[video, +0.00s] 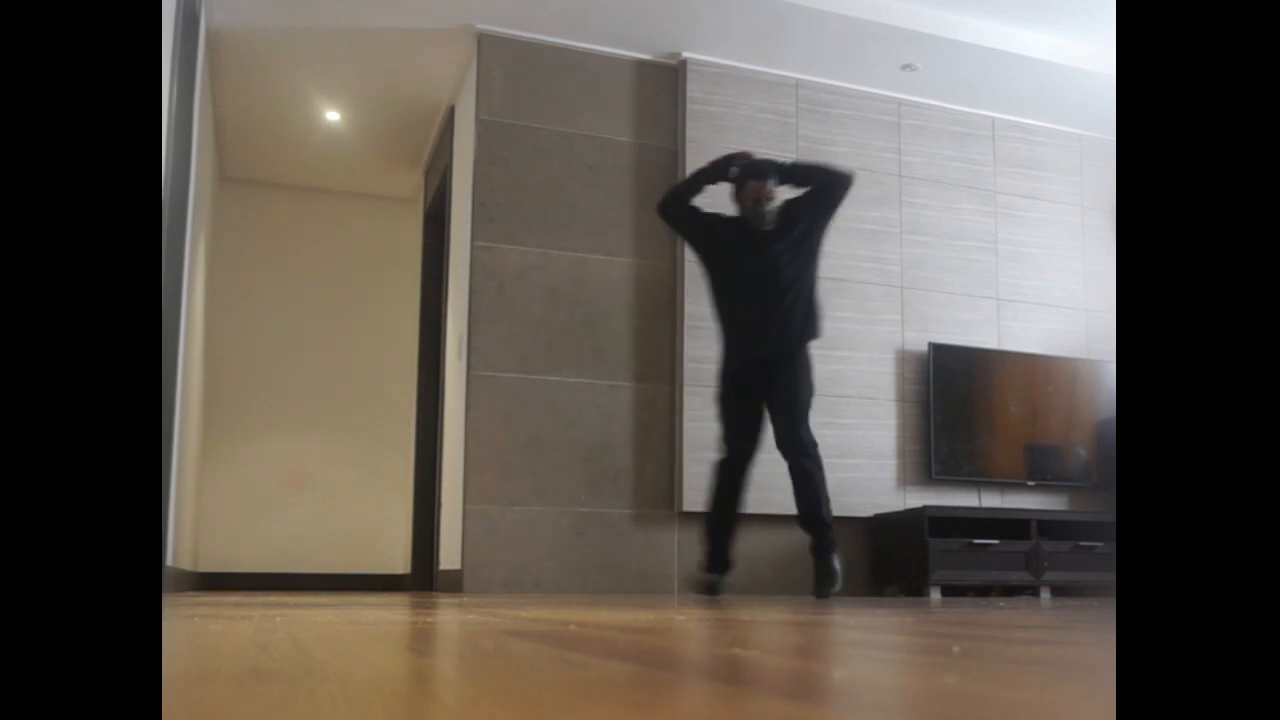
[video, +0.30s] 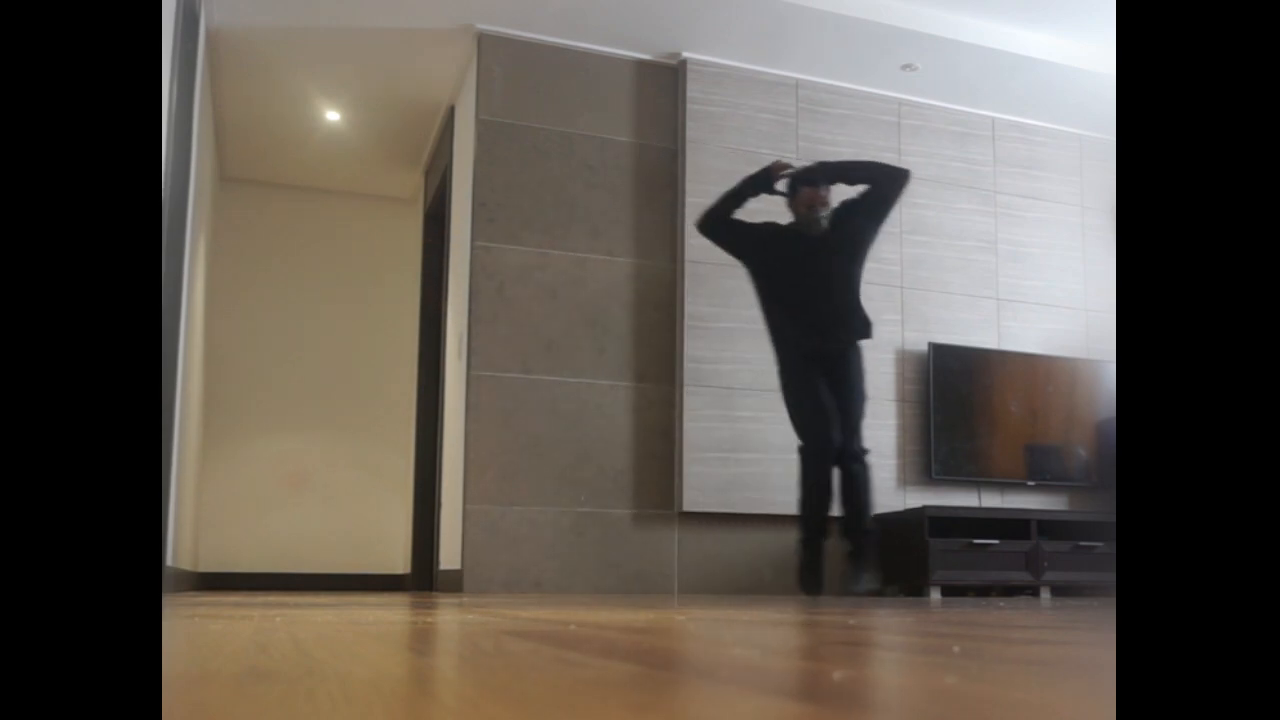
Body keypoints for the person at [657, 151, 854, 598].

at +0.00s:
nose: (758, 195)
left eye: (764, 187)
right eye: (749, 189)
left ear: (775, 190)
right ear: (735, 195)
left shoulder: (800, 222)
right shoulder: (716, 233)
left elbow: (838, 181)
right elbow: (670, 207)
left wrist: (777, 170)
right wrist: (711, 172)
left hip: (790, 360)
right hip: (741, 362)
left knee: (798, 449)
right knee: (736, 456)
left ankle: (824, 553)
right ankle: (715, 565)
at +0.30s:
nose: (816, 195)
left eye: (821, 188)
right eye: (806, 189)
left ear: (831, 194)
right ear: (789, 199)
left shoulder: (850, 230)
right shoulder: (764, 242)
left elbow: (894, 178)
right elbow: (710, 223)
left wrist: (828, 171)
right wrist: (757, 182)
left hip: (844, 358)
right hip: (797, 361)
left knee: (850, 451)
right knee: (818, 450)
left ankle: (860, 562)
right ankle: (812, 563)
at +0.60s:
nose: (887, 219)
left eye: (892, 212)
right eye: (879, 212)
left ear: (900, 215)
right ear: (862, 218)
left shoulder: (920, 249)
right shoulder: (838, 262)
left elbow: (964, 209)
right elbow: (787, 282)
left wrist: (914, 187)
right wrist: (801, 227)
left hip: (905, 381)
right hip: (852, 382)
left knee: (934, 472)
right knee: (819, 460)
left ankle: (957, 575)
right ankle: (822, 560)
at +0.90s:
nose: (933, 227)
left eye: (936, 219)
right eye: (925, 220)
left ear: (938, 220)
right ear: (902, 219)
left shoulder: (947, 265)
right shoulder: (870, 264)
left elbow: (981, 309)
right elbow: (851, 326)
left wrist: (1009, 266)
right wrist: (837, 381)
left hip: (939, 384)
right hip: (893, 382)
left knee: (949, 479)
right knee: (896, 468)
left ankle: (957, 577)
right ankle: (812, 550)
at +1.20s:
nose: (898, 207)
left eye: (898, 200)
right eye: (888, 203)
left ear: (901, 204)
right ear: (867, 213)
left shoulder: (920, 249)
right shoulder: (854, 257)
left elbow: (931, 296)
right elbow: (836, 306)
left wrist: (940, 318)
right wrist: (816, 334)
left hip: (921, 369)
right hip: (876, 370)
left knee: (960, 458)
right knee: (851, 459)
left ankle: (1003, 555)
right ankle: (809, 561)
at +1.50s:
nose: (892, 203)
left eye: (894, 196)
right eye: (881, 200)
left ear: (902, 201)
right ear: (865, 212)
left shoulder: (927, 241)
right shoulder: (857, 256)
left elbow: (946, 291)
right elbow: (836, 312)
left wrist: (951, 309)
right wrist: (795, 339)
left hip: (932, 369)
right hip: (882, 369)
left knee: (960, 458)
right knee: (845, 450)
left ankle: (972, 562)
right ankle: (800, 547)